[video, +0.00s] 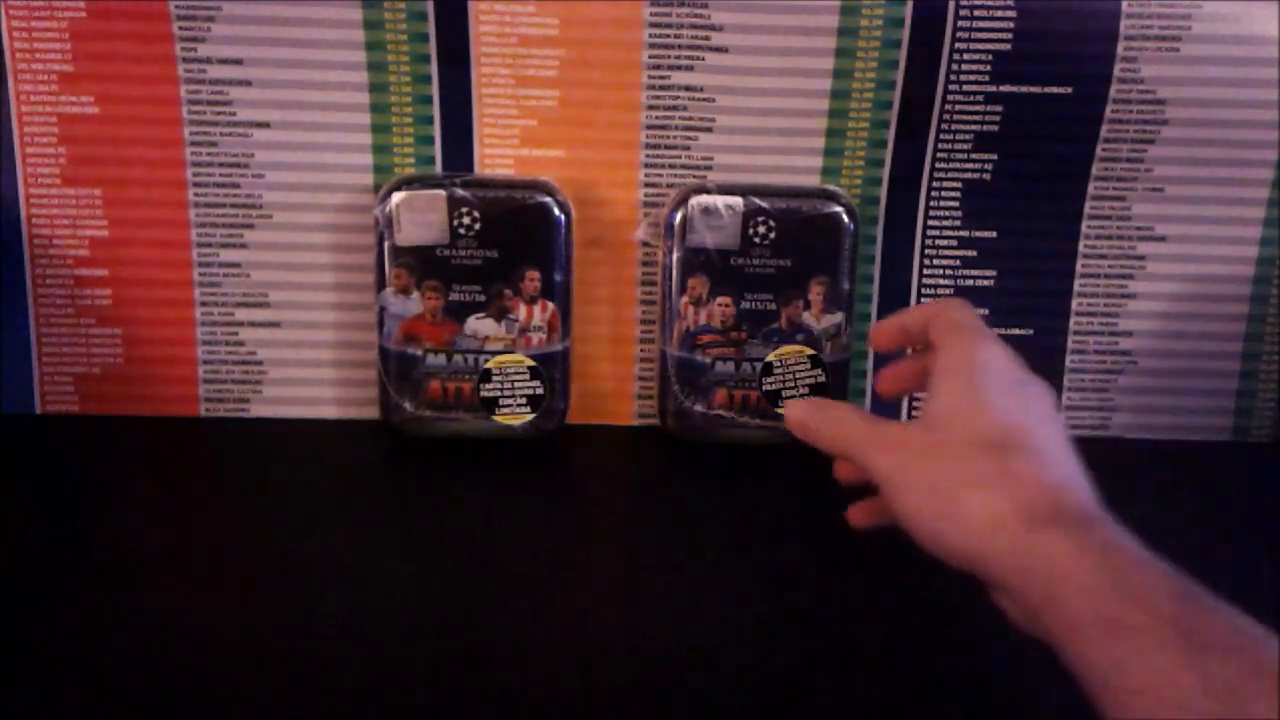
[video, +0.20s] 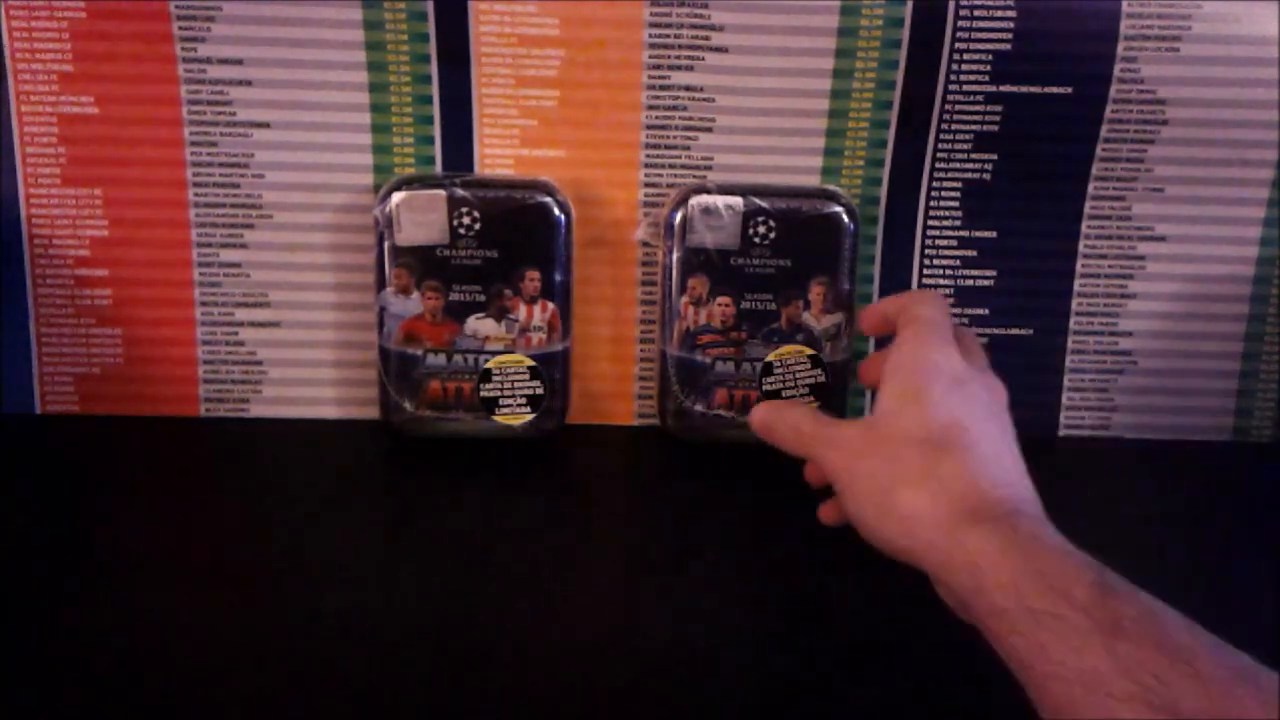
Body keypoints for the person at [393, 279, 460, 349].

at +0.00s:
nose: (433, 303)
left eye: (437, 299)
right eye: (429, 298)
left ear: (444, 301)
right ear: (422, 301)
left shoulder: (454, 328)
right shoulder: (409, 325)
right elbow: (395, 346)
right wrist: (420, 346)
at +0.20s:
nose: (433, 303)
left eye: (437, 299)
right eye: (429, 298)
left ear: (444, 301)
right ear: (422, 300)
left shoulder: (454, 328)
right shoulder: (409, 325)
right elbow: (395, 347)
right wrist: (421, 347)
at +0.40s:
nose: (433, 303)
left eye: (437, 298)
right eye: (429, 298)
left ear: (444, 301)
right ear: (422, 301)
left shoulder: (454, 328)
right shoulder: (408, 326)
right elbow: (396, 347)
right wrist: (421, 347)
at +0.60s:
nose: (433, 303)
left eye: (437, 299)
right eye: (429, 299)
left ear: (444, 302)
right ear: (422, 301)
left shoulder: (454, 328)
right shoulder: (408, 326)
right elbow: (395, 348)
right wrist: (421, 347)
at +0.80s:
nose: (433, 303)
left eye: (437, 299)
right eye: (429, 299)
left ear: (444, 302)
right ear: (422, 301)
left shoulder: (454, 328)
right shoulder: (408, 326)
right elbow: (396, 348)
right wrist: (421, 346)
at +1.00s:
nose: (433, 303)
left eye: (437, 299)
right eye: (429, 299)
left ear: (443, 302)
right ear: (422, 301)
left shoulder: (454, 328)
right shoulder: (408, 326)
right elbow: (396, 348)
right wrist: (421, 346)